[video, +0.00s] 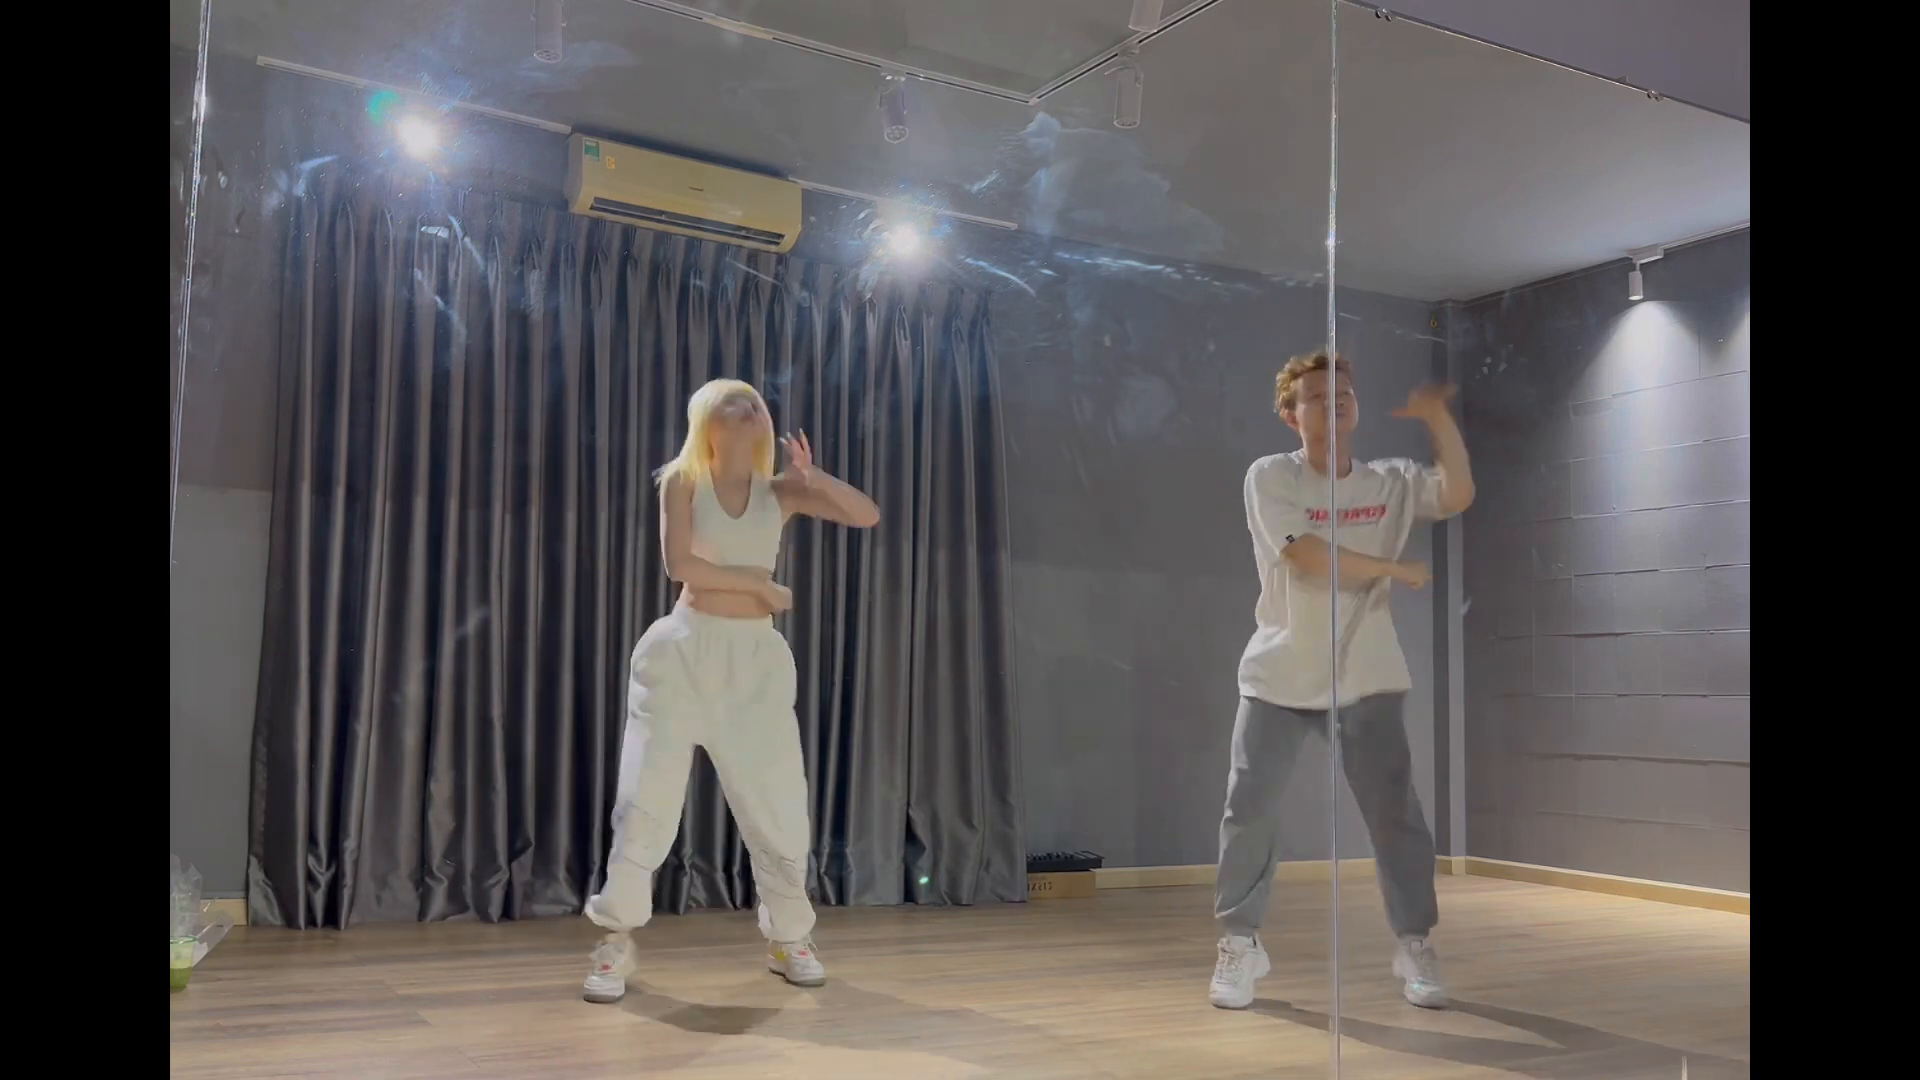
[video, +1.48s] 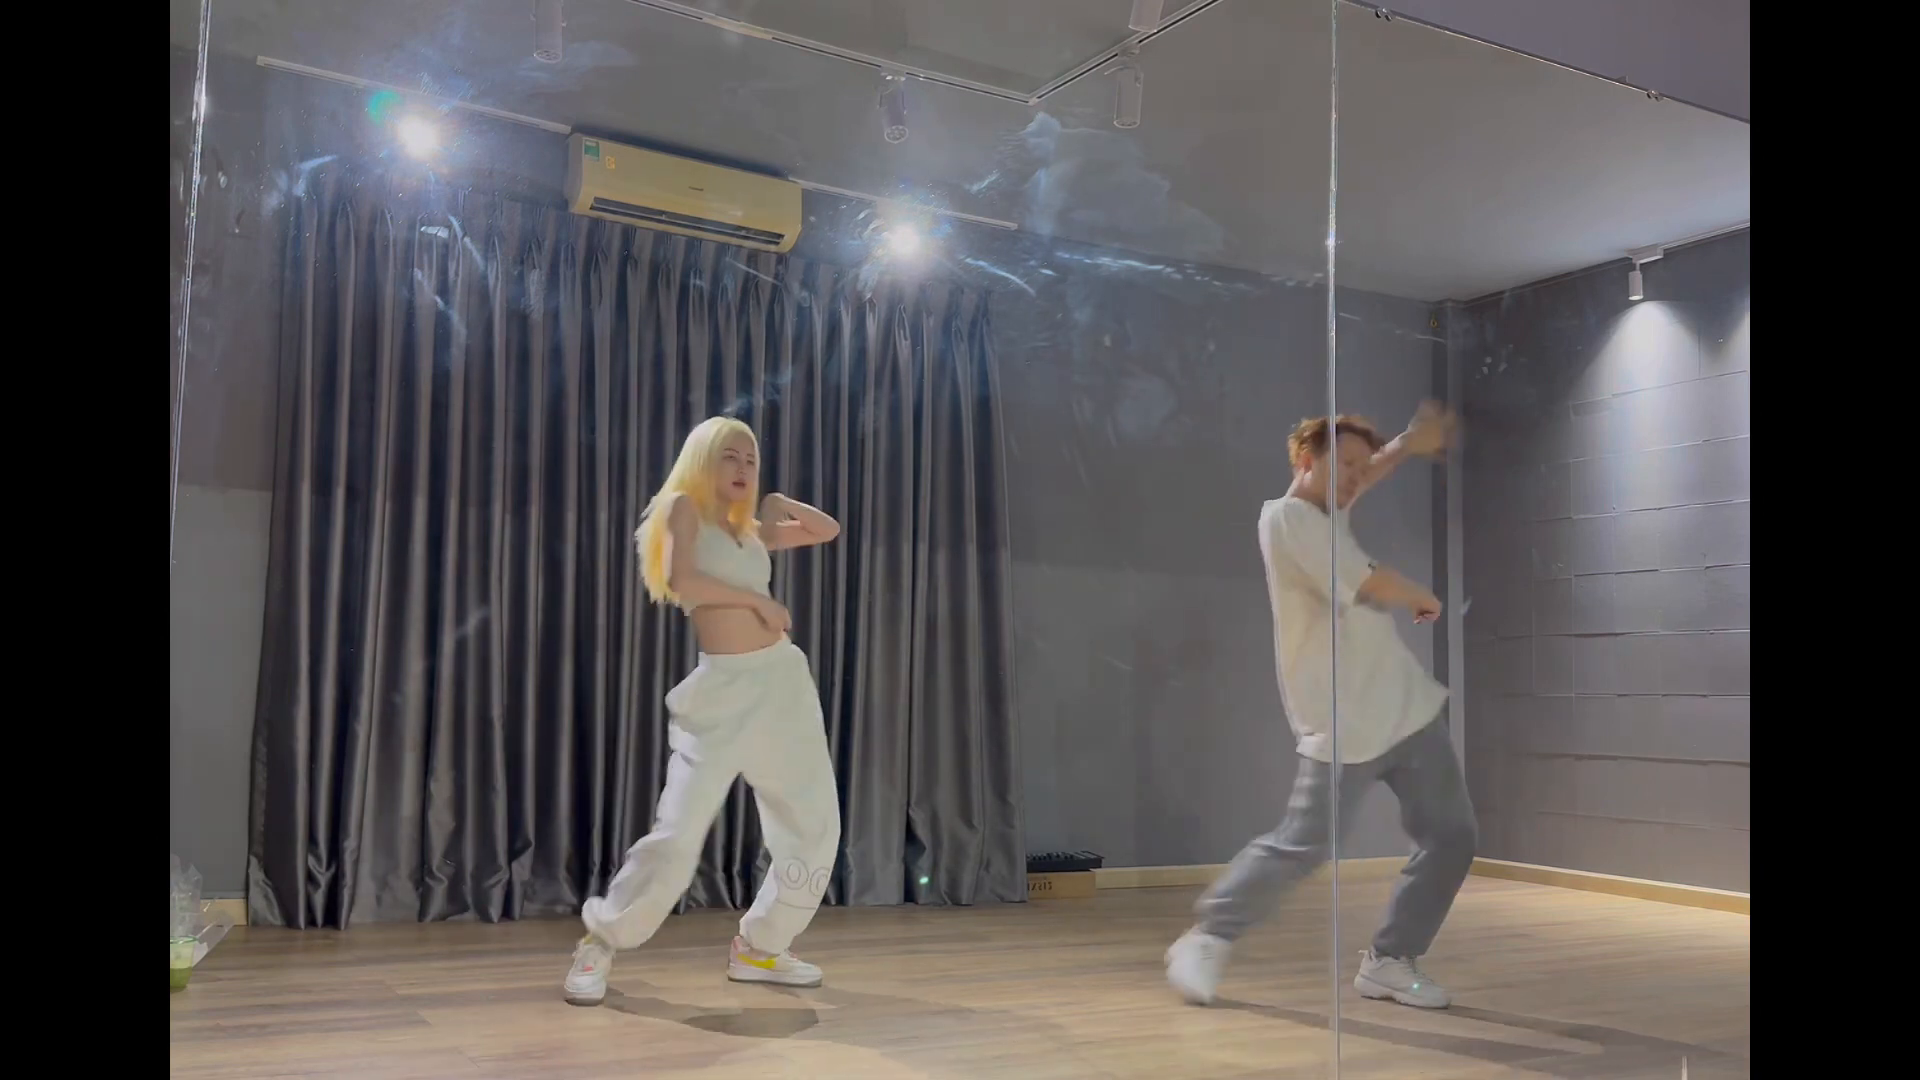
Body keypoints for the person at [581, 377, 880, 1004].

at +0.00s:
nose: (750, 410)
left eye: (756, 403)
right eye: (734, 405)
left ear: (766, 424)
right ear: (709, 428)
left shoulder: (781, 487)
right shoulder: (683, 482)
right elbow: (680, 565)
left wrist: (813, 477)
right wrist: (759, 586)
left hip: (756, 665)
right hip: (679, 660)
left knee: (780, 812)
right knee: (644, 805)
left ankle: (789, 940)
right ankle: (615, 945)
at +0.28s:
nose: (751, 424)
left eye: (759, 416)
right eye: (736, 416)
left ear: (774, 434)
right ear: (710, 434)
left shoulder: (789, 503)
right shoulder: (691, 491)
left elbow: (805, 558)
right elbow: (695, 581)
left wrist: (821, 474)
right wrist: (770, 596)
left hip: (750, 662)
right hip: (678, 654)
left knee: (758, 801)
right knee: (628, 789)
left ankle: (784, 939)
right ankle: (614, 934)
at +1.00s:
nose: (725, 444)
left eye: (736, 435)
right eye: (714, 432)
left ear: (747, 443)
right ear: (686, 437)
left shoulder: (752, 499)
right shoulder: (666, 493)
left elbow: (761, 483)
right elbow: (676, 576)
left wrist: (762, 419)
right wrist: (746, 593)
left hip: (730, 672)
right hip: (670, 664)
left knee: (790, 801)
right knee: (636, 812)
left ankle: (780, 939)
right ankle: (582, 943)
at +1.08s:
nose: (724, 457)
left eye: (733, 447)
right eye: (712, 445)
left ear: (744, 459)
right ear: (685, 451)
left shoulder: (755, 511)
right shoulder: (661, 516)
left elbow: (737, 590)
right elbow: (680, 596)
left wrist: (742, 618)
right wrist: (751, 608)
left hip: (719, 680)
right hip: (664, 669)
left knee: (785, 802)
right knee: (632, 809)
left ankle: (778, 939)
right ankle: (579, 946)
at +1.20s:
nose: (716, 465)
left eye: (727, 458)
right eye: (702, 453)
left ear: (738, 471)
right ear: (669, 461)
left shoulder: (745, 510)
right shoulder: (651, 514)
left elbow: (726, 539)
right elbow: (668, 605)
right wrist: (739, 616)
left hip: (721, 692)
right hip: (657, 681)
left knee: (789, 812)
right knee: (627, 824)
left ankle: (780, 942)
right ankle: (583, 950)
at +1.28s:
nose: (720, 467)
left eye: (729, 459)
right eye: (707, 454)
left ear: (738, 471)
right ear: (673, 464)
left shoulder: (737, 509)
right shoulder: (650, 522)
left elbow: (782, 533)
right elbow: (667, 606)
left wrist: (703, 501)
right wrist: (740, 615)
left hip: (734, 693)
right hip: (666, 685)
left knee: (801, 819)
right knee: (628, 826)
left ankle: (771, 940)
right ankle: (589, 950)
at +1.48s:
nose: (743, 468)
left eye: (751, 459)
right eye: (731, 457)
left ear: (756, 471)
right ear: (702, 463)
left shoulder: (754, 530)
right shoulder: (684, 508)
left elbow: (826, 530)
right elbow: (682, 583)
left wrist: (777, 502)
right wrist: (758, 602)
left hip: (785, 687)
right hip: (721, 692)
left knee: (814, 830)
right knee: (675, 841)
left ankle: (758, 948)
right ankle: (597, 947)